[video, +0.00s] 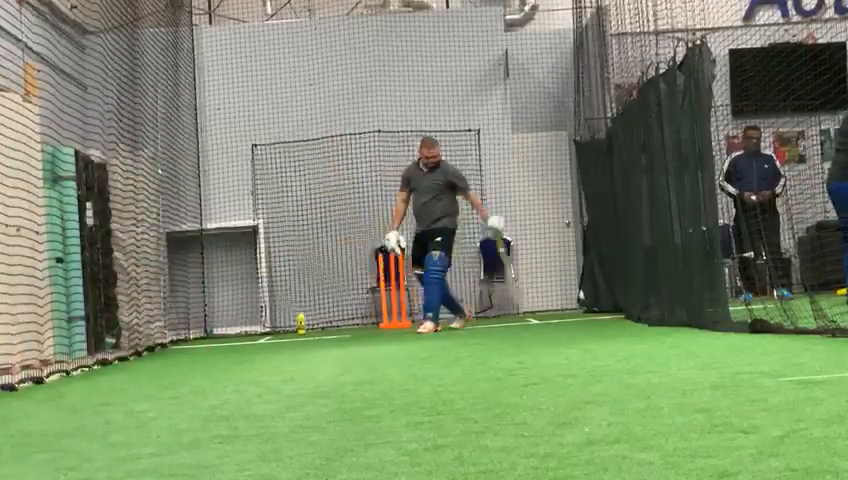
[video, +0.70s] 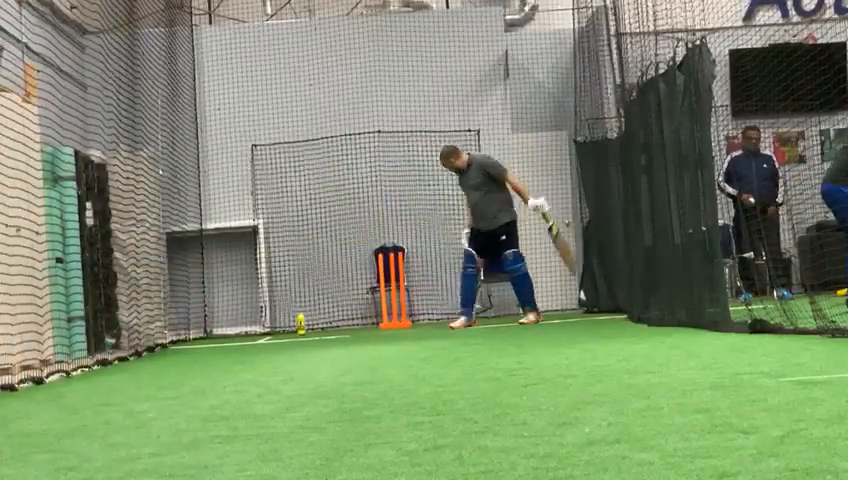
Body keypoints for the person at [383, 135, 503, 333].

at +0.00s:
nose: (434, 162)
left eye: (437, 157)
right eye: (430, 158)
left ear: (440, 153)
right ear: (420, 154)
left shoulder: (448, 171)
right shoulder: (410, 173)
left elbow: (469, 195)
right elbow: (402, 201)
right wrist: (394, 229)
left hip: (444, 228)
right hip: (422, 230)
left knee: (434, 272)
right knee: (422, 274)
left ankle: (430, 320)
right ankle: (460, 313)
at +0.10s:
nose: (433, 165)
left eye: (437, 161)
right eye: (430, 162)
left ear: (443, 156)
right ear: (423, 158)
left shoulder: (455, 170)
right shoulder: (416, 174)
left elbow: (480, 189)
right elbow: (407, 201)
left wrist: (502, 204)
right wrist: (396, 228)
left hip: (452, 228)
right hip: (431, 231)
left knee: (441, 269)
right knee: (436, 272)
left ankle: (433, 318)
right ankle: (464, 316)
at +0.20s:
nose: (433, 165)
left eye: (436, 161)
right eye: (430, 162)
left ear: (444, 154)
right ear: (424, 159)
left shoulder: (461, 167)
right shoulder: (423, 174)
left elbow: (484, 183)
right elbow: (416, 204)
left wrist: (506, 193)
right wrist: (402, 228)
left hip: (460, 225)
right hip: (439, 228)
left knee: (452, 266)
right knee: (438, 268)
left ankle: (446, 315)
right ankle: (464, 315)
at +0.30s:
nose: (432, 164)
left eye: (435, 160)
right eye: (430, 161)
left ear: (444, 153)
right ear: (428, 158)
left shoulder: (466, 162)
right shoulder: (429, 171)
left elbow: (488, 178)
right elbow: (427, 200)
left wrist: (511, 186)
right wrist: (415, 225)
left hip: (467, 219)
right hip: (446, 224)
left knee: (463, 256)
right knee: (444, 262)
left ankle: (472, 311)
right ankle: (461, 314)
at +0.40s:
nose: (433, 164)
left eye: (434, 160)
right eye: (432, 161)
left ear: (444, 152)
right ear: (434, 156)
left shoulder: (469, 159)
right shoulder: (436, 171)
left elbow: (493, 174)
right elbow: (436, 198)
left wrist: (517, 181)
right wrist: (428, 224)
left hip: (475, 218)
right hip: (453, 224)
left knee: (478, 253)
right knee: (453, 266)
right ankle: (464, 316)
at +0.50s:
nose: (437, 164)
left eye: (437, 160)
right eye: (435, 161)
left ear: (445, 154)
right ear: (442, 155)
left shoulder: (474, 159)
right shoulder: (443, 171)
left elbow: (500, 173)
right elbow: (447, 197)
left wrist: (524, 183)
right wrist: (442, 224)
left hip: (485, 222)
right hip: (462, 226)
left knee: (496, 262)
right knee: (457, 265)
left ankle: (524, 306)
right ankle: (465, 316)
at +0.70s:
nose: (452, 171)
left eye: (451, 167)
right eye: (449, 168)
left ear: (456, 158)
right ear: (453, 161)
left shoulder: (483, 162)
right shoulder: (462, 174)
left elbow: (512, 180)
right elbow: (471, 201)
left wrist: (528, 201)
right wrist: (471, 226)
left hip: (503, 223)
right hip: (480, 228)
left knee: (513, 263)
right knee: (470, 266)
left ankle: (531, 312)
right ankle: (466, 316)